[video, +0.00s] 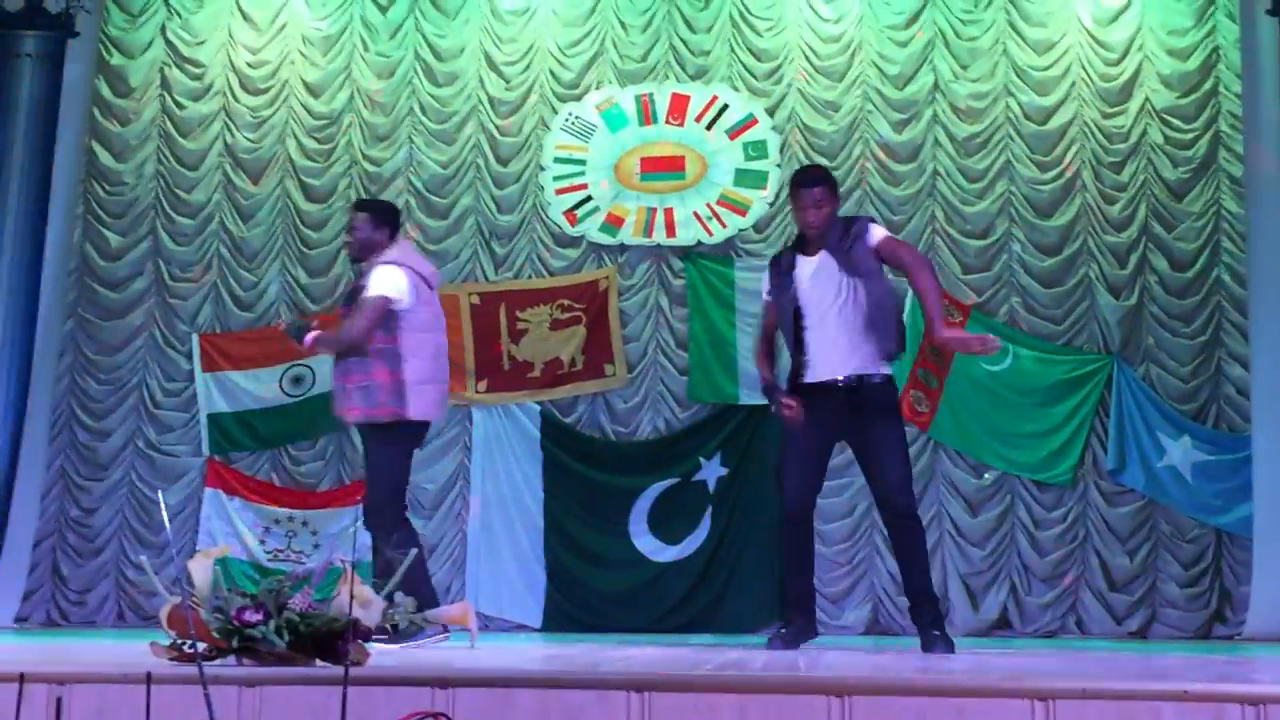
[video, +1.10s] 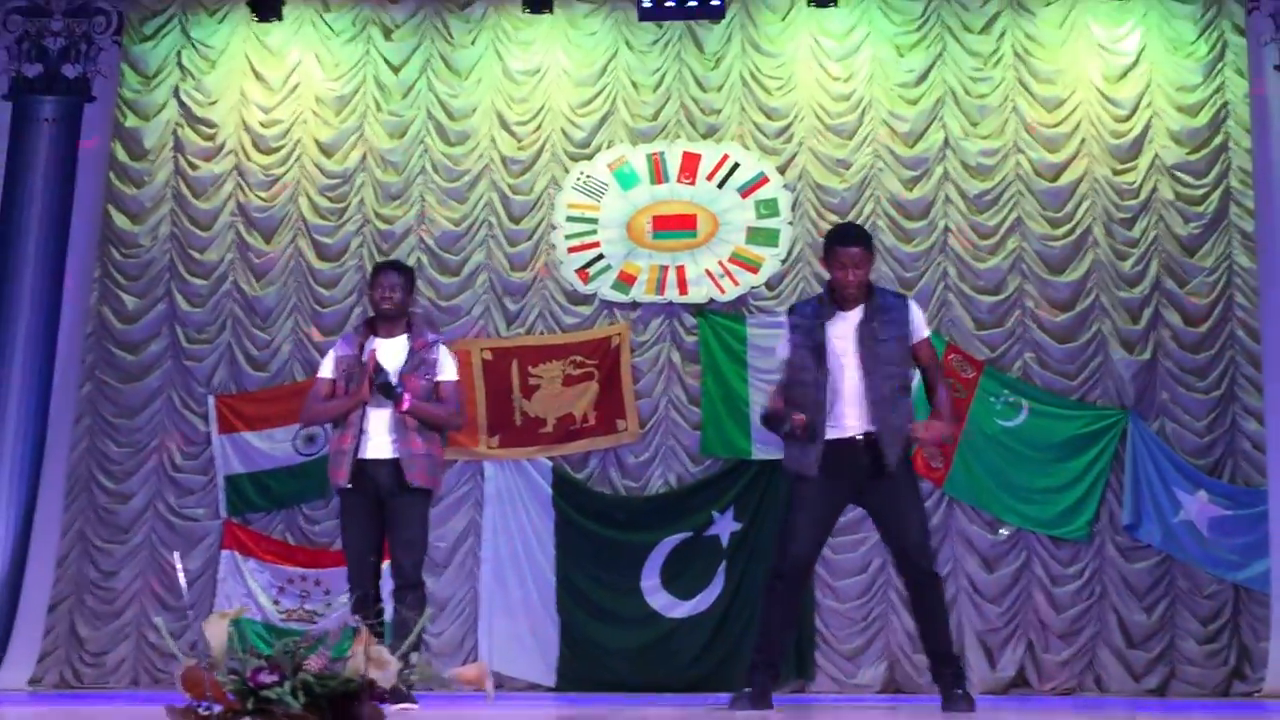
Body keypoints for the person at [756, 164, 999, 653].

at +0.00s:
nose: (814, 212)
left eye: (822, 203)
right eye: (805, 205)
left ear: (835, 204)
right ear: (793, 209)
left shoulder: (860, 235)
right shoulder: (783, 267)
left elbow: (916, 263)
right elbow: (767, 338)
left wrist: (938, 327)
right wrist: (774, 390)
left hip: (872, 396)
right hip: (811, 400)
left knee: (899, 506)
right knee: (795, 506)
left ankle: (929, 625)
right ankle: (799, 621)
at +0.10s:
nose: (826, 213)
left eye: (834, 203)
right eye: (817, 205)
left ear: (849, 202)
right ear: (805, 208)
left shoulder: (879, 243)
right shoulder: (784, 260)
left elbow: (919, 274)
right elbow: (724, 305)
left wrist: (930, 296)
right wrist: (725, 380)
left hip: (871, 393)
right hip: (808, 397)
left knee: (901, 504)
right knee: (782, 498)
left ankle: (929, 622)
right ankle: (790, 608)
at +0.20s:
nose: (823, 213)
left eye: (831, 203)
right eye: (814, 205)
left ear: (846, 201)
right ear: (801, 205)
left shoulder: (876, 235)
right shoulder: (785, 246)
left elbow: (912, 272)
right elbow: (732, 283)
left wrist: (875, 279)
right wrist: (702, 319)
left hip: (866, 395)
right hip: (802, 396)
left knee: (893, 504)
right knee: (766, 491)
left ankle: (921, 622)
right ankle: (758, 610)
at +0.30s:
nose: (809, 217)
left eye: (817, 207)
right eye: (800, 208)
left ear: (832, 204)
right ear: (788, 208)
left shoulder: (863, 243)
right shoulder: (772, 249)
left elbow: (881, 309)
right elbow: (742, 310)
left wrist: (837, 290)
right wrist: (758, 296)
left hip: (849, 394)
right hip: (788, 396)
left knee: (884, 502)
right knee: (756, 502)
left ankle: (916, 619)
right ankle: (723, 621)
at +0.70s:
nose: (841, 254)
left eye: (850, 245)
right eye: (833, 245)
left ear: (862, 246)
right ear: (818, 246)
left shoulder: (889, 289)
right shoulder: (794, 294)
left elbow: (905, 365)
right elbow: (776, 368)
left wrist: (857, 328)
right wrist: (824, 329)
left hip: (875, 435)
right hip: (812, 437)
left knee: (906, 541)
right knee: (784, 539)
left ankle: (942, 659)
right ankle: (752, 660)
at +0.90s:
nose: (847, 263)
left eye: (856, 255)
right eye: (838, 255)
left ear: (869, 256)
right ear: (824, 256)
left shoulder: (895, 298)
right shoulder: (801, 307)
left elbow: (924, 365)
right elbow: (787, 383)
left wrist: (890, 376)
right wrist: (812, 371)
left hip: (882, 448)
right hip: (822, 450)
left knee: (914, 554)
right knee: (791, 555)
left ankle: (951, 674)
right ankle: (762, 675)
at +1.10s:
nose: (850, 274)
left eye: (859, 265)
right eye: (841, 265)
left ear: (871, 267)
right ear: (825, 267)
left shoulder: (900, 311)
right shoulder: (801, 319)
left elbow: (934, 374)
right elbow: (776, 400)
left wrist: (945, 423)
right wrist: (786, 418)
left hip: (885, 457)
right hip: (821, 459)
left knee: (919, 565)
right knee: (791, 564)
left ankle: (951, 683)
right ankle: (761, 684)